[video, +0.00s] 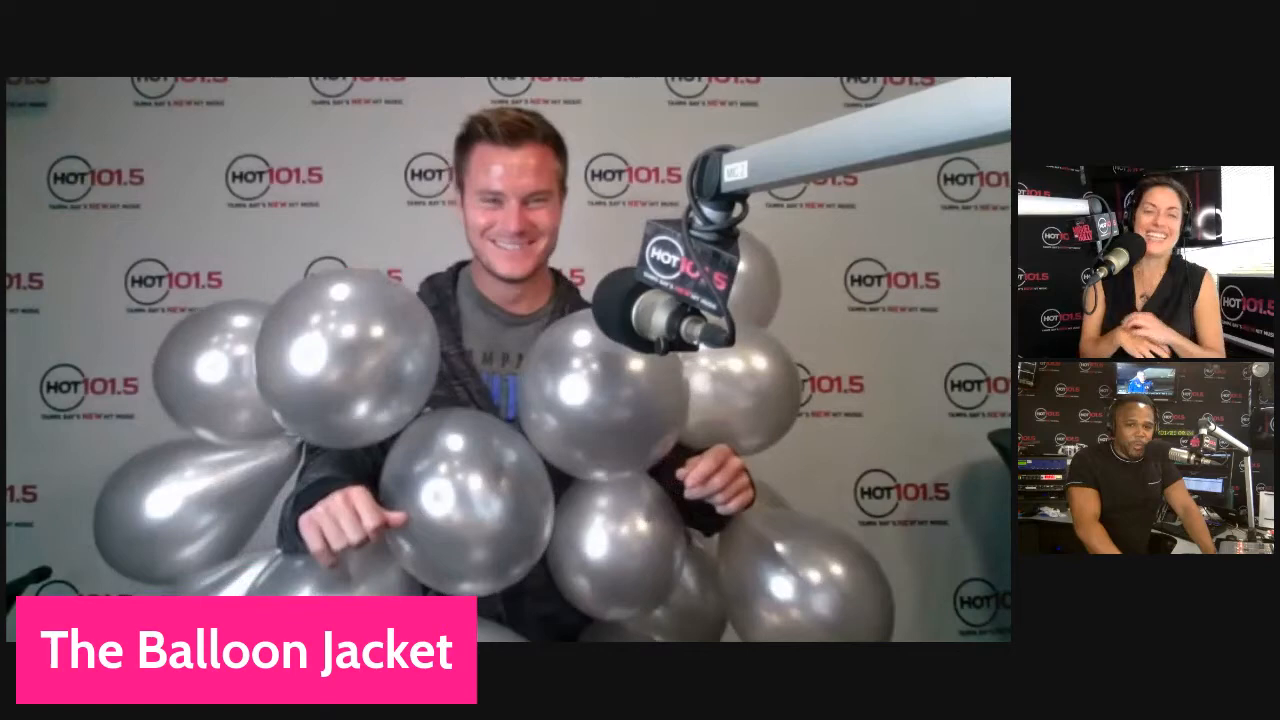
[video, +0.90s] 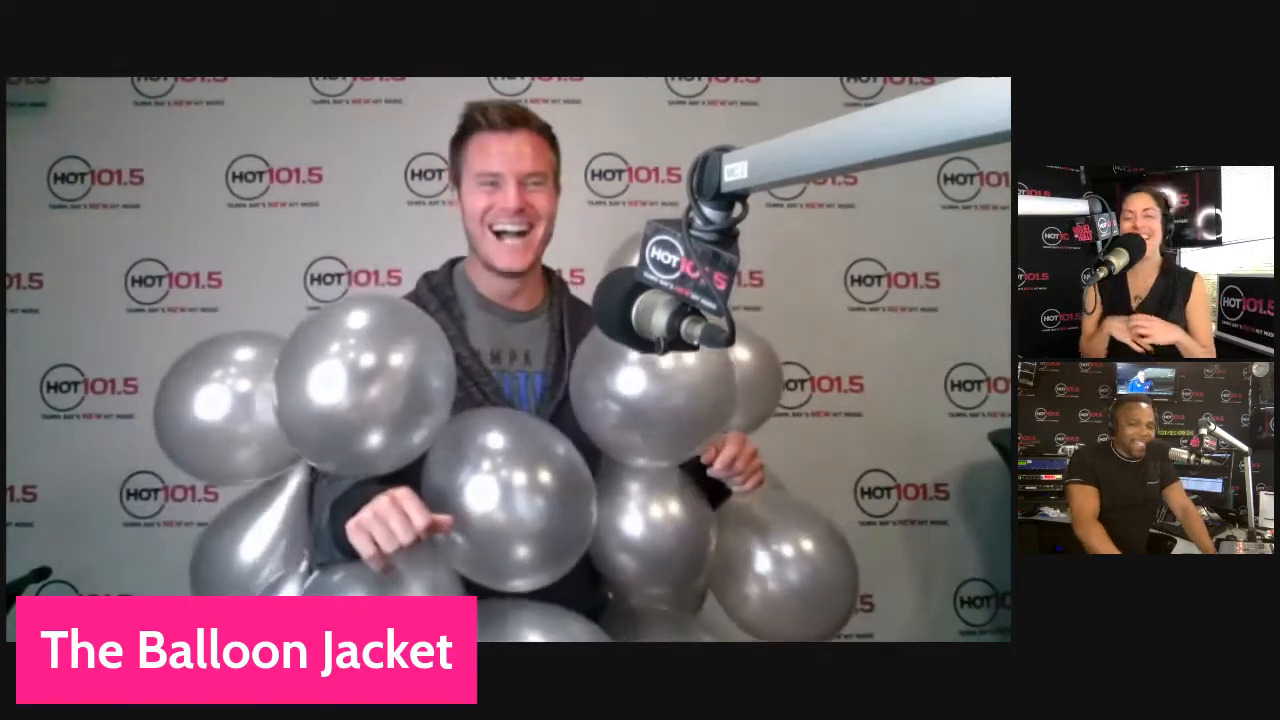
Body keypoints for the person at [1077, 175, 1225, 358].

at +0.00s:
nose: (1159, 222)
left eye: (1172, 214)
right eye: (1149, 210)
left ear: (1182, 225)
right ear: (1133, 217)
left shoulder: (1199, 281)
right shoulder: (1103, 280)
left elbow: (1217, 358)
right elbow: (1086, 351)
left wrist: (1169, 335)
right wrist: (1117, 336)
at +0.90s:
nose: (1137, 225)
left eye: (1148, 215)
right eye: (1128, 217)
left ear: (1164, 225)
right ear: (1119, 226)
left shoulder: (1190, 284)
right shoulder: (1099, 286)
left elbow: (1209, 358)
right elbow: (1088, 356)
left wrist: (1178, 335)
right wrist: (1107, 326)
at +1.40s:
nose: (1115, 230)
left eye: (1123, 221)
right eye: (1106, 223)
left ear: (1141, 226)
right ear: (1098, 231)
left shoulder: (1170, 283)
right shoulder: (1082, 282)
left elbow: (1183, 354)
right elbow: (1073, 354)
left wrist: (1154, 333)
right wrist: (1095, 330)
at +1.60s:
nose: (1101, 230)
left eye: (1107, 220)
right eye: (1096, 221)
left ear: (1128, 223)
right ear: (1088, 225)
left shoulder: (1160, 281)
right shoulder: (1077, 282)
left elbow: (1178, 353)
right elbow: (1066, 354)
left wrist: (1153, 333)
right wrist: (1090, 330)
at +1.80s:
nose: (1087, 244)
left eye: (1096, 232)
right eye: (1080, 233)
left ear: (1115, 234)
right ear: (1074, 238)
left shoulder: (1155, 285)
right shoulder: (1070, 287)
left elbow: (1168, 353)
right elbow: (1064, 353)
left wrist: (1137, 334)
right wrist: (1096, 337)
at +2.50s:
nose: (1109, 239)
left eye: (1116, 229)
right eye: (1102, 230)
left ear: (1135, 227)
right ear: (1093, 236)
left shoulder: (1171, 281)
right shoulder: (1087, 287)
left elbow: (1188, 352)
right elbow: (1083, 356)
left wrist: (1156, 341)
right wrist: (1108, 345)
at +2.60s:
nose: (1124, 237)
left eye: (1131, 226)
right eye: (1114, 230)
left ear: (1148, 228)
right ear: (1104, 240)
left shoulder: (1182, 283)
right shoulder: (1097, 286)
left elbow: (1199, 353)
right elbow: (1091, 357)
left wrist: (1171, 342)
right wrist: (1111, 343)